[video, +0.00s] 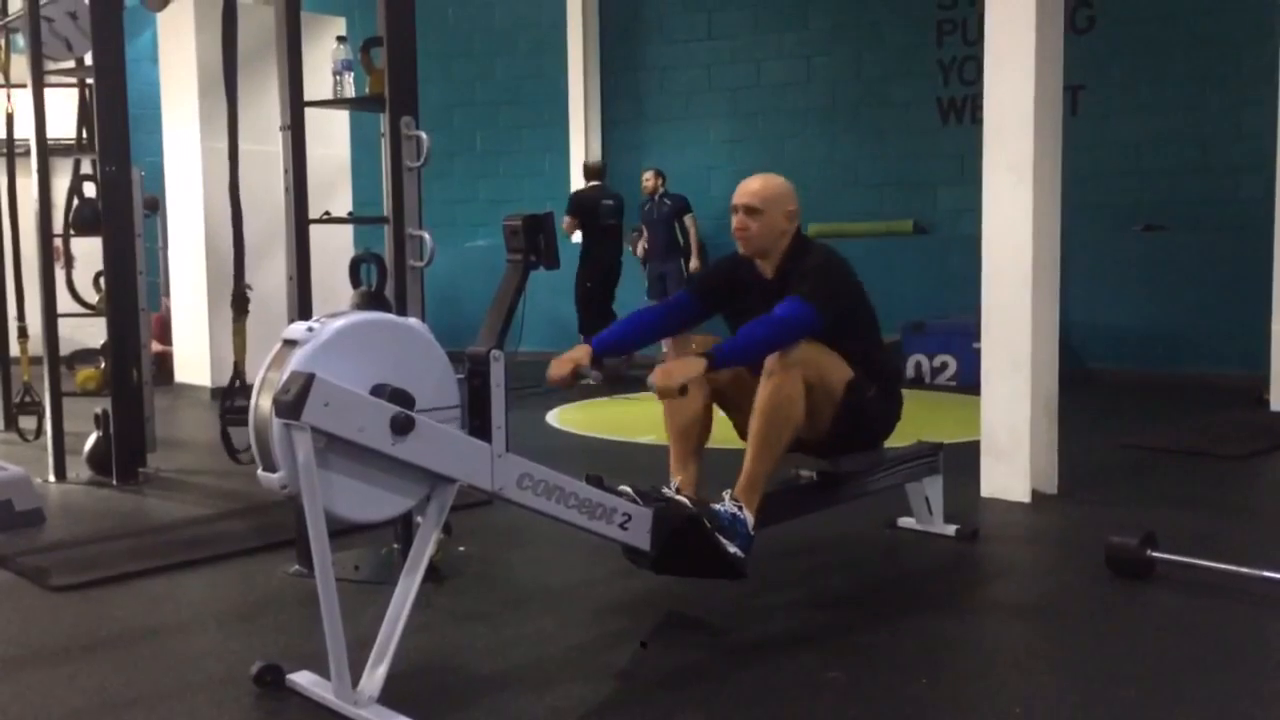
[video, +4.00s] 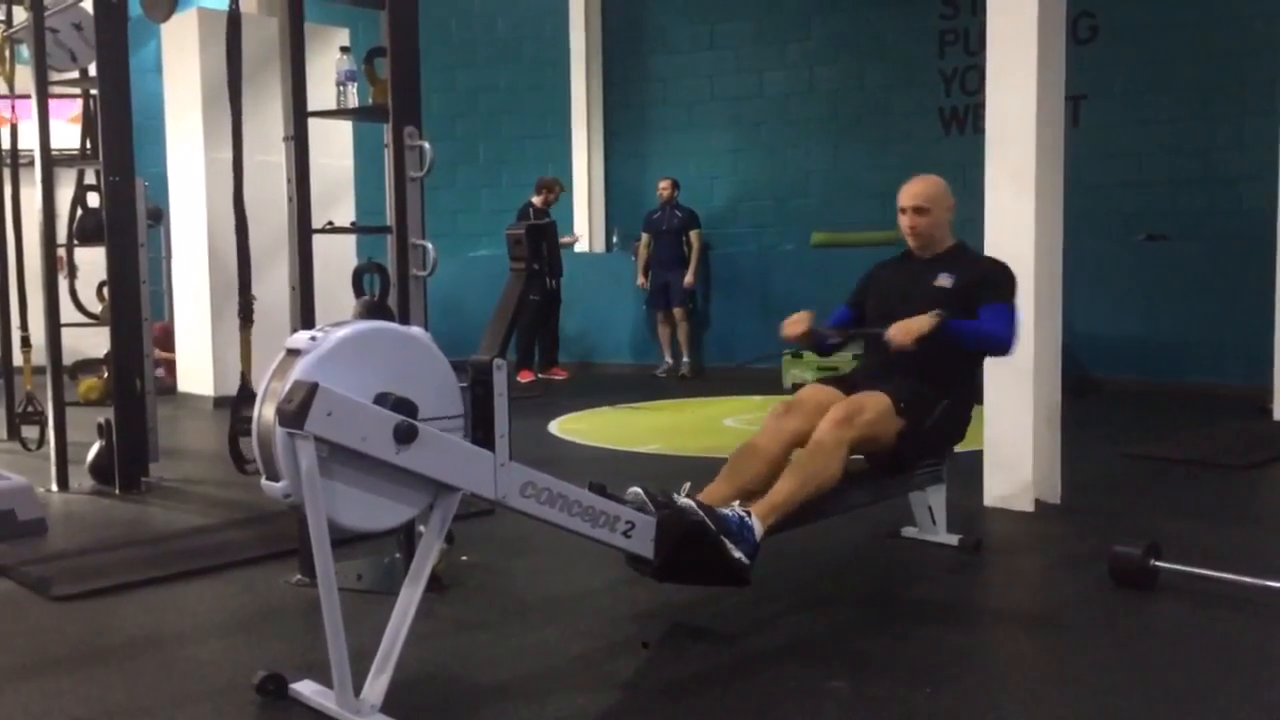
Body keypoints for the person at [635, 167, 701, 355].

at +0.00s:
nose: (644, 184)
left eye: (648, 180)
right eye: (643, 181)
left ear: (660, 181)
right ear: (644, 184)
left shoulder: (678, 201)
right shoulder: (645, 207)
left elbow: (691, 228)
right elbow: (646, 231)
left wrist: (694, 256)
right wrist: (642, 244)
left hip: (675, 259)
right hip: (654, 261)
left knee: (678, 303)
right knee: (658, 305)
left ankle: (682, 348)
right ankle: (666, 349)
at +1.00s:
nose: (653, 186)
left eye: (657, 182)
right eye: (651, 182)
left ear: (667, 184)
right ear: (649, 186)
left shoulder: (681, 206)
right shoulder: (645, 209)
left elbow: (691, 235)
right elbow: (640, 238)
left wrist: (688, 264)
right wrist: (640, 266)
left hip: (675, 265)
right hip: (653, 266)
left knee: (676, 307)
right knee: (660, 310)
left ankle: (683, 351)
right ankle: (665, 352)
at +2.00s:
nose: (656, 191)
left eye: (660, 187)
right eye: (654, 188)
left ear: (670, 190)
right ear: (653, 191)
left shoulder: (683, 212)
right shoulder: (648, 215)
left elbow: (692, 242)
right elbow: (641, 243)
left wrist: (688, 268)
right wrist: (638, 271)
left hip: (676, 271)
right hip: (654, 272)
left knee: (677, 313)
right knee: (660, 315)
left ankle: (684, 359)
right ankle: (666, 358)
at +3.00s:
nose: (659, 189)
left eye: (663, 185)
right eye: (658, 186)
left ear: (674, 188)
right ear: (656, 188)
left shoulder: (687, 211)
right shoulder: (650, 212)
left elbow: (695, 241)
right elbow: (643, 242)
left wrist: (691, 269)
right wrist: (640, 269)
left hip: (679, 270)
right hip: (656, 270)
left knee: (680, 312)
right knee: (660, 313)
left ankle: (681, 358)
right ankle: (667, 357)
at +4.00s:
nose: (660, 193)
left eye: (664, 189)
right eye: (659, 189)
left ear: (675, 192)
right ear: (657, 192)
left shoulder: (687, 215)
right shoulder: (651, 216)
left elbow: (696, 245)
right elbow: (644, 245)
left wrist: (691, 272)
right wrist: (641, 272)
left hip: (679, 272)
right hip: (657, 273)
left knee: (679, 314)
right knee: (661, 316)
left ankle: (685, 359)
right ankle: (667, 359)